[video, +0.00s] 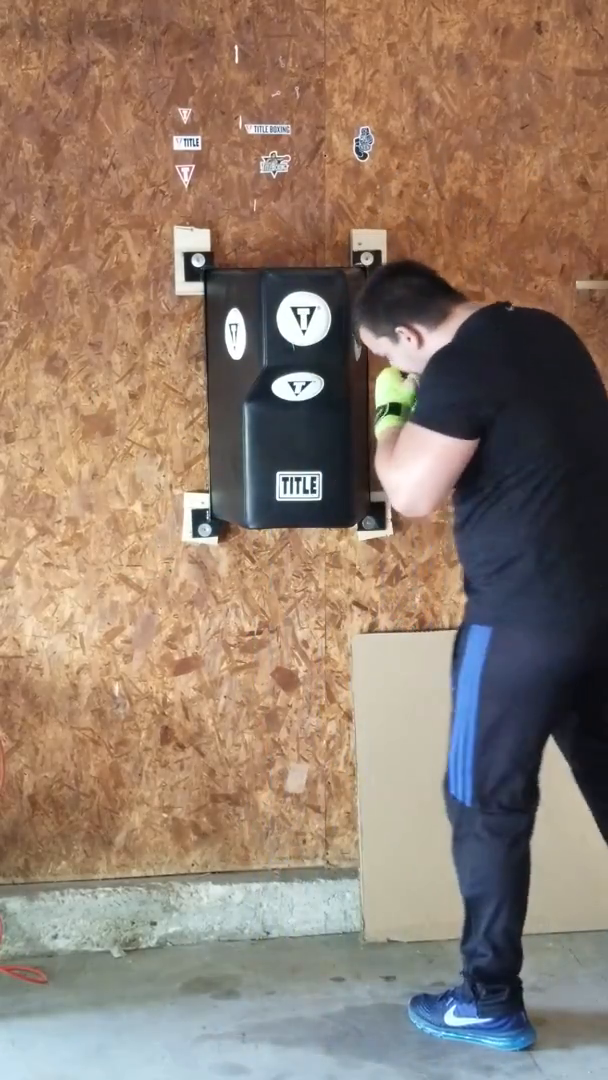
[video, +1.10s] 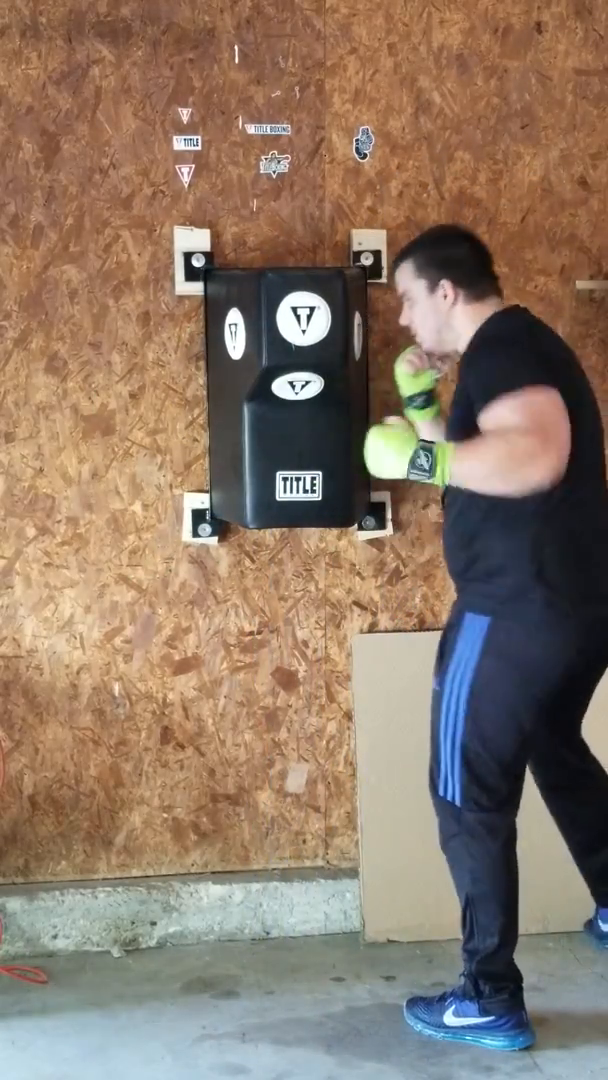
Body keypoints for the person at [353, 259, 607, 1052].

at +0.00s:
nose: (394, 365)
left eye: (387, 354)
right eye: (387, 357)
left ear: (410, 333)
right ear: (450, 293)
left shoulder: (463, 366)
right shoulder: (552, 334)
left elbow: (412, 495)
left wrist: (390, 426)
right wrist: (426, 404)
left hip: (519, 617)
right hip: (591, 609)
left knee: (487, 804)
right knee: (604, 793)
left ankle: (490, 998)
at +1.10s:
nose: (406, 319)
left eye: (408, 301)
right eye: (403, 304)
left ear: (446, 292)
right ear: (471, 289)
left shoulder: (500, 347)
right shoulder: (533, 344)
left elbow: (536, 459)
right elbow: (499, 468)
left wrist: (425, 456)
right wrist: (429, 415)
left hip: (513, 612)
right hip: (575, 605)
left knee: (469, 798)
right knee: (557, 749)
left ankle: (489, 997)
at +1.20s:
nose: (427, 303)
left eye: (431, 288)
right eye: (425, 291)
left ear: (470, 276)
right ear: (510, 278)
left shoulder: (478, 327)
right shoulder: (584, 350)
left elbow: (429, 392)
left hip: (501, 606)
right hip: (592, 601)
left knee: (482, 801)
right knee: (565, 730)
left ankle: (489, 995)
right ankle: (607, 895)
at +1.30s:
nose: (442, 292)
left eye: (447, 280)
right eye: (443, 282)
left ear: (482, 274)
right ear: (528, 275)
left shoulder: (469, 320)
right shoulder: (593, 343)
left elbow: (361, 354)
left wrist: (315, 324)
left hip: (501, 603)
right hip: (592, 599)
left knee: (483, 793)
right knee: (571, 745)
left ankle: (488, 991)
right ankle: (605, 915)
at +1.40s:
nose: (455, 314)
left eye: (458, 299)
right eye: (454, 302)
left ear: (485, 288)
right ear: (535, 290)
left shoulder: (488, 335)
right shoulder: (595, 348)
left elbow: (437, 431)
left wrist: (380, 419)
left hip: (506, 602)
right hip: (595, 605)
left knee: (466, 792)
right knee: (591, 784)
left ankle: (480, 990)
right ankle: (606, 944)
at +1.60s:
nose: (452, 341)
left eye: (454, 328)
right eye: (451, 332)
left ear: (483, 309)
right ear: (534, 308)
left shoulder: (475, 344)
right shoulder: (598, 359)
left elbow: (388, 448)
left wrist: (405, 408)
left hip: (512, 605)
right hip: (600, 611)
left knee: (427, 781)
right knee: (596, 787)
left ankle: (405, 983)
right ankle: (607, 949)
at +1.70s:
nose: (440, 339)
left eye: (444, 328)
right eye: (443, 330)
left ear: (468, 318)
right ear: (530, 320)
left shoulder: (457, 352)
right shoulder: (597, 373)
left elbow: (350, 433)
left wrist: (428, 403)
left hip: (498, 611)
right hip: (598, 618)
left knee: (428, 801)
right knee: (593, 794)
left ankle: (393, 999)